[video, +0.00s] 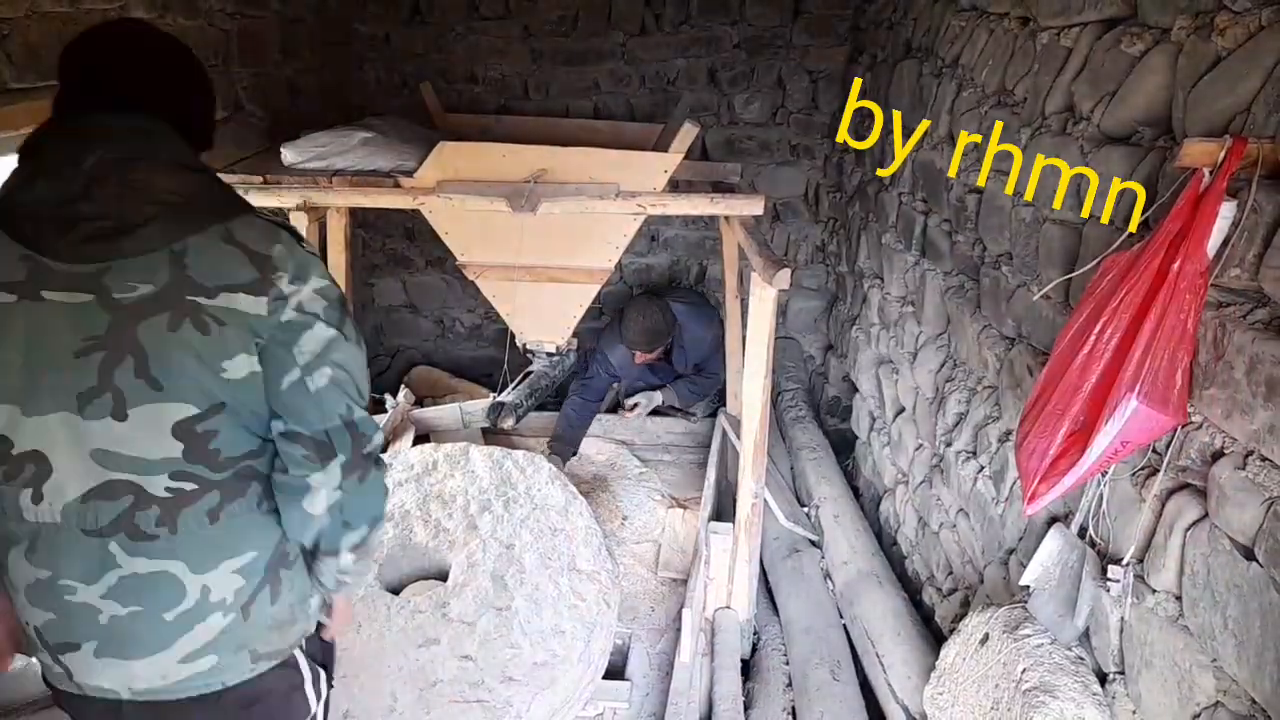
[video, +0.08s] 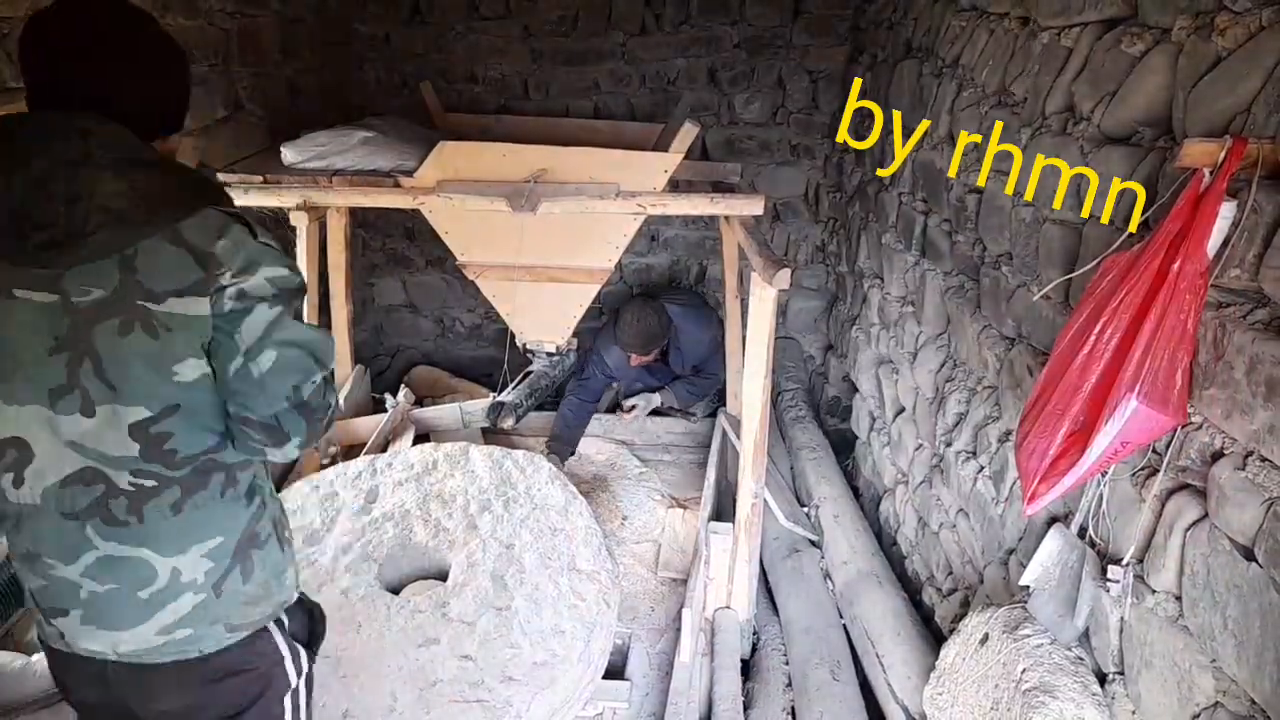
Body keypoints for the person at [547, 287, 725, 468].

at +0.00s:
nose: (639, 359)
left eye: (647, 353)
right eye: (633, 351)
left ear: (666, 343)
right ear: (625, 339)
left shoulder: (704, 338)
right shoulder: (610, 353)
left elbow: (712, 378)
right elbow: (582, 400)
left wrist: (660, 397)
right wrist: (557, 455)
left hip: (690, 370)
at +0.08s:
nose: (634, 361)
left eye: (643, 356)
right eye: (628, 353)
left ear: (662, 345)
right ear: (621, 341)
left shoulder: (702, 341)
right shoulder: (606, 354)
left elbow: (710, 378)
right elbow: (579, 400)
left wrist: (658, 399)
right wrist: (556, 455)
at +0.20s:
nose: (636, 360)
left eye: (644, 354)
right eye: (630, 352)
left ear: (662, 345)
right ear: (622, 339)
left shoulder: (703, 339)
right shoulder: (608, 352)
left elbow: (710, 379)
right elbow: (576, 394)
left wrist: (658, 398)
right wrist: (557, 443)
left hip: (687, 369)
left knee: (698, 407)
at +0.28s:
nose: (643, 352)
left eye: (653, 345)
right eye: (639, 343)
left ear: (672, 337)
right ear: (631, 331)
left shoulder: (708, 335)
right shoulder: (616, 342)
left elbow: (711, 379)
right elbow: (589, 387)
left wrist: (662, 394)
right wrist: (566, 442)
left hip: (689, 368)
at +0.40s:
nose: (643, 347)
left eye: (653, 341)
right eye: (639, 339)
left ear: (674, 333)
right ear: (632, 327)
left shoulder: (709, 333)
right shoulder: (617, 339)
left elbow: (714, 379)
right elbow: (584, 387)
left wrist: (664, 393)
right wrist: (563, 449)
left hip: (691, 368)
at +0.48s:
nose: (641, 353)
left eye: (649, 348)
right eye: (636, 346)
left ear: (667, 337)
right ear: (625, 328)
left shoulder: (703, 324)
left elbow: (714, 373)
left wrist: (662, 393)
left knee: (702, 406)